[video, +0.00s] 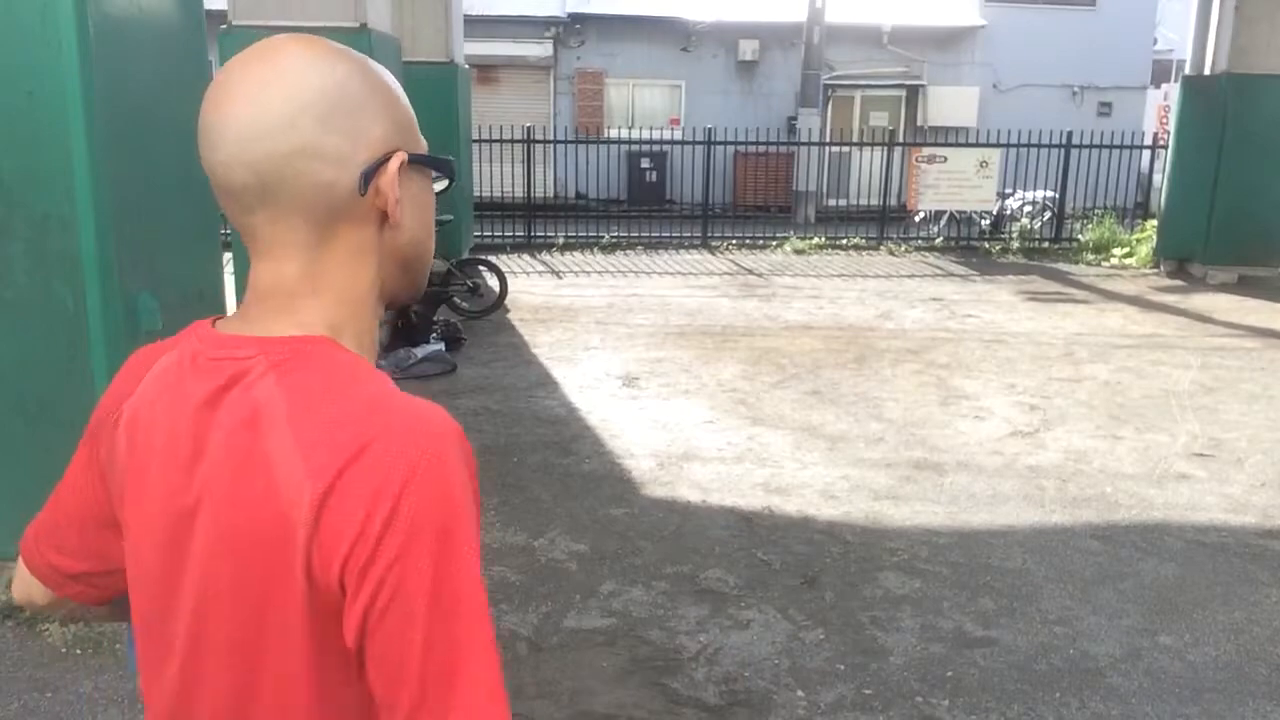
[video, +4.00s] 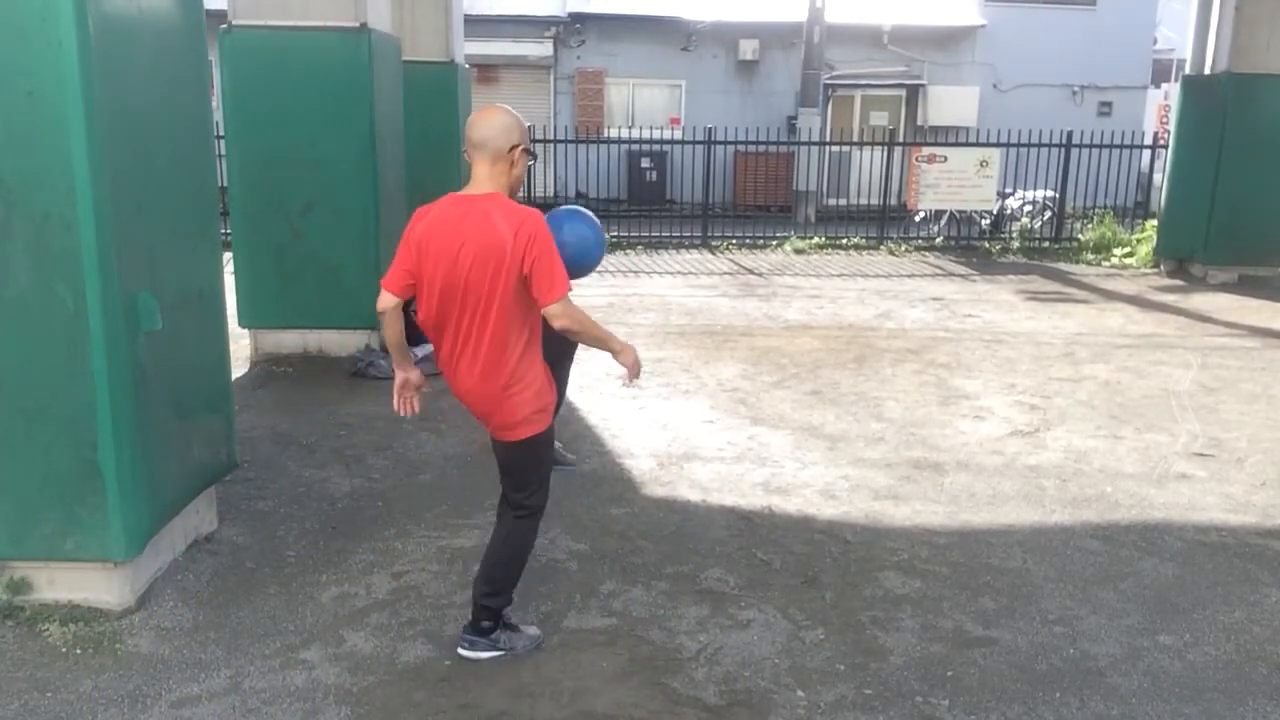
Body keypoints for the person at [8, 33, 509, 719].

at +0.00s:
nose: (432, 200)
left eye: (431, 173)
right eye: (428, 173)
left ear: (236, 211)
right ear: (390, 192)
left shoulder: (149, 380)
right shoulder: (401, 449)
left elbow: (42, 582)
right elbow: (452, 706)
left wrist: (219, 576)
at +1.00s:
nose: (443, 187)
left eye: (445, 177)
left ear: (456, 191)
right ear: (548, 176)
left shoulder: (412, 289)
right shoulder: (602, 289)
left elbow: (352, 450)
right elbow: (633, 432)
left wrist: (284, 504)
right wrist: (545, 419)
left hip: (452, 598)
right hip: (566, 599)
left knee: (452, 710)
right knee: (563, 711)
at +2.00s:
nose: (573, 163)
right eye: (574, 156)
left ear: (504, 154)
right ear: (569, 165)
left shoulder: (452, 217)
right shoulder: (581, 243)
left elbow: (401, 311)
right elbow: (590, 361)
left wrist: (447, 343)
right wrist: (555, 373)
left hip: (457, 422)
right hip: (534, 433)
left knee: (445, 532)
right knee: (529, 558)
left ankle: (432, 659)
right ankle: (519, 683)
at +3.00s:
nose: (522, 172)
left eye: (522, 162)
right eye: (520, 161)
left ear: (465, 161)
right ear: (501, 162)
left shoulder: (429, 218)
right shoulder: (500, 230)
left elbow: (456, 284)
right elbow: (539, 325)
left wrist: (523, 260)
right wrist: (585, 290)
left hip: (434, 395)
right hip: (485, 404)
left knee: (471, 485)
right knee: (515, 526)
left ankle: (447, 587)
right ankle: (469, 646)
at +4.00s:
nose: (527, 163)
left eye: (524, 153)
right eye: (527, 154)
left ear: (469, 155)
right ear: (516, 157)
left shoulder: (427, 220)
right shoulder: (525, 224)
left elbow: (388, 303)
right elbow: (558, 314)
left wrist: (402, 364)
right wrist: (616, 345)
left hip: (467, 379)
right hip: (519, 391)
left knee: (563, 324)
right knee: (521, 507)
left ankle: (539, 448)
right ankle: (484, 626)